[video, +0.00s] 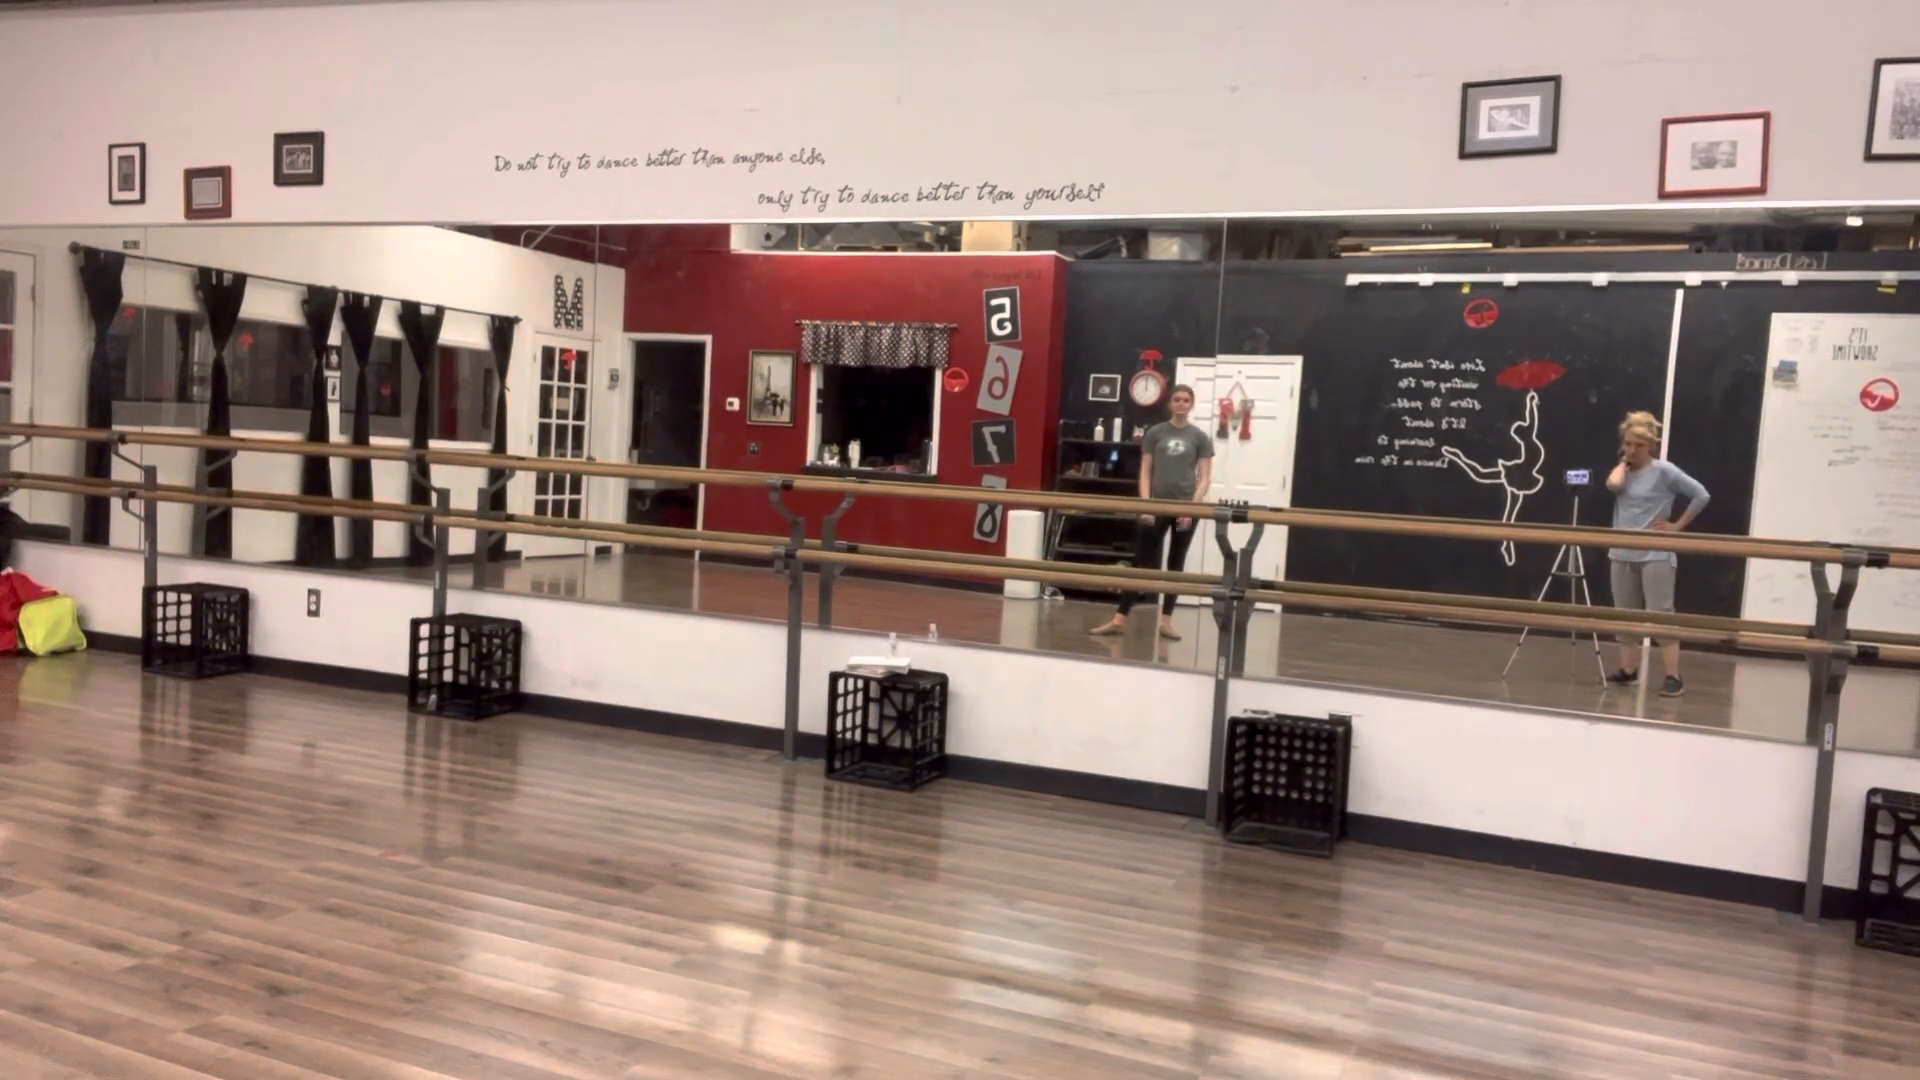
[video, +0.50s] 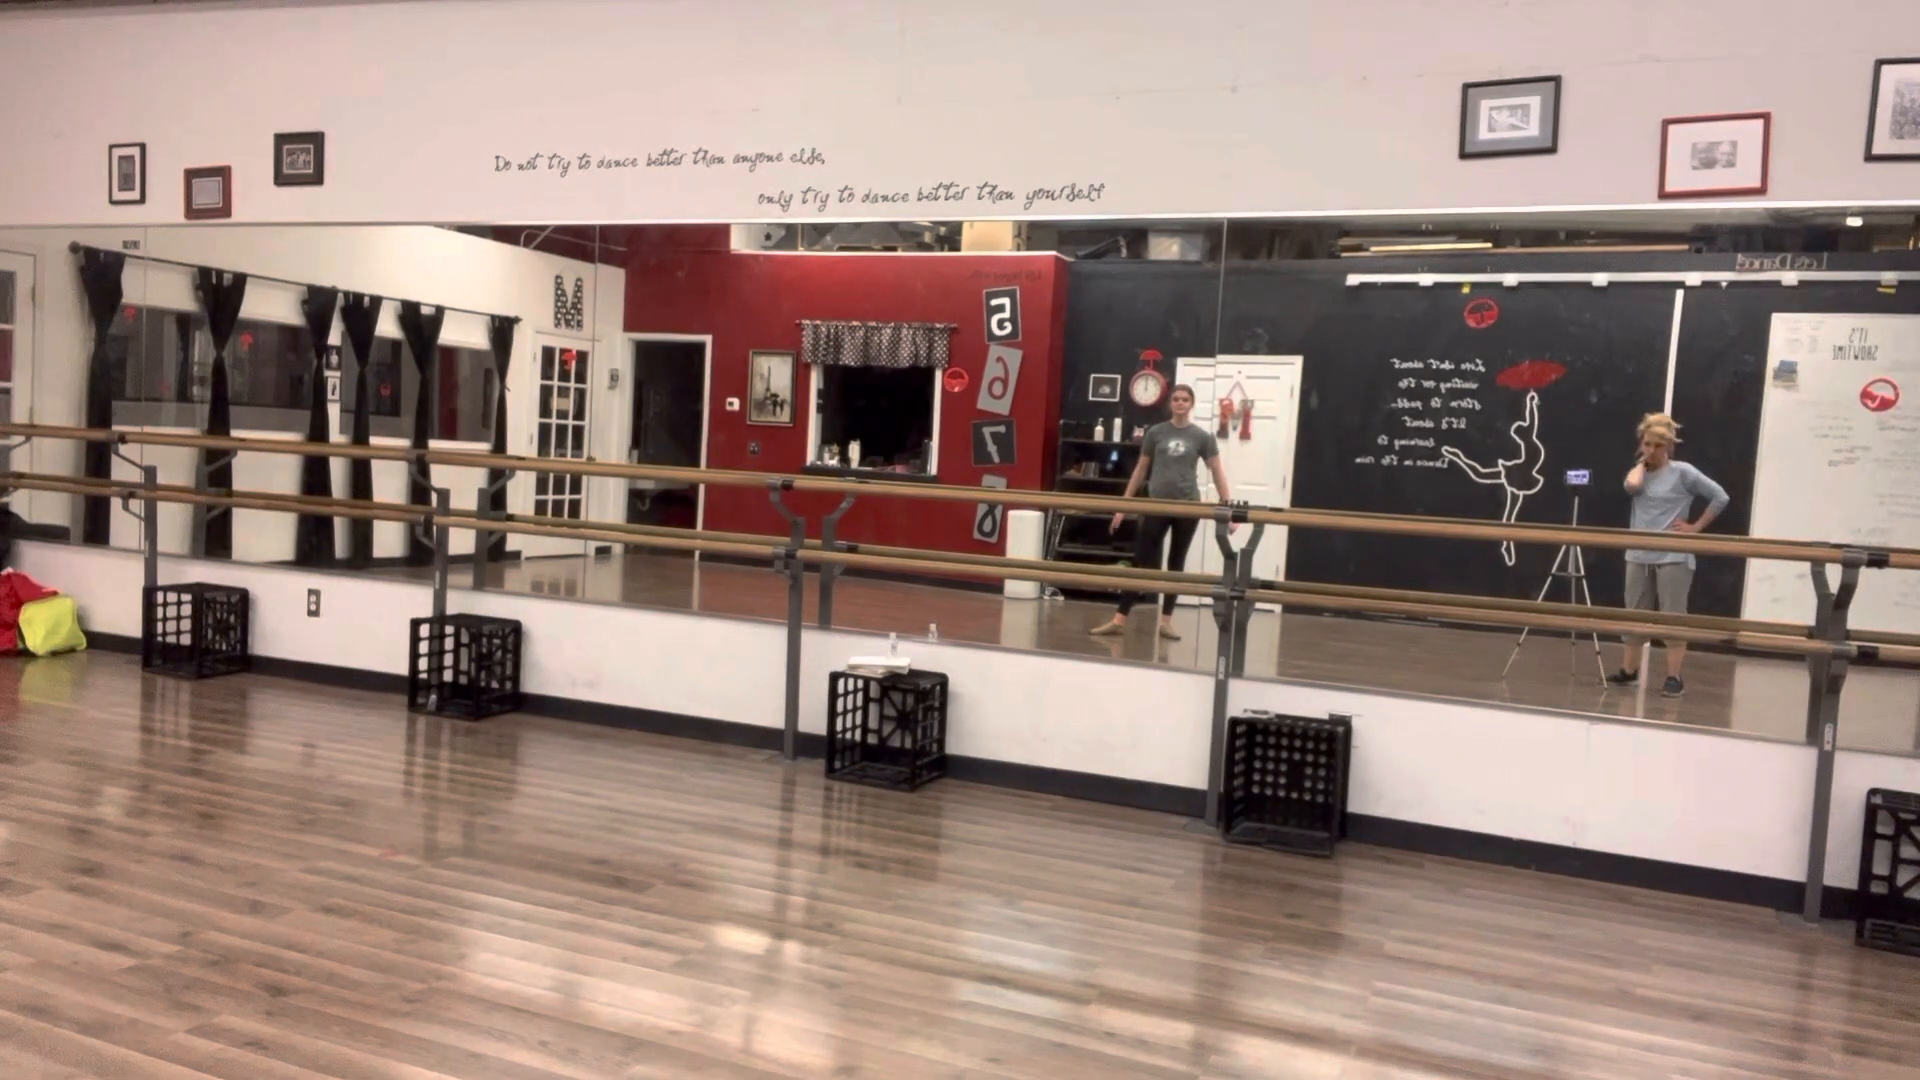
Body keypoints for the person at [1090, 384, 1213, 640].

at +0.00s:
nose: (1181, 404)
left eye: (1186, 401)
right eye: (1177, 400)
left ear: (1192, 405)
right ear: (1170, 403)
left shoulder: (1201, 438)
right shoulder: (1154, 433)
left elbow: (1205, 478)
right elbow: (1145, 471)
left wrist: (1191, 509)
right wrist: (1145, 505)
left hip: (1184, 509)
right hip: (1155, 506)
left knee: (1175, 565)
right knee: (1141, 560)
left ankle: (1166, 619)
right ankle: (1120, 617)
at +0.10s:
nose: (1181, 404)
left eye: (1185, 400)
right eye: (1177, 400)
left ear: (1192, 405)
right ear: (1170, 403)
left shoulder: (1201, 438)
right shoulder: (1154, 433)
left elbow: (1207, 480)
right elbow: (1143, 471)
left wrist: (1205, 515)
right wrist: (1136, 506)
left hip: (1186, 510)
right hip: (1154, 507)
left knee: (1176, 565)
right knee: (1141, 561)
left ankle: (1166, 619)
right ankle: (1120, 617)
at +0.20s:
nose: (1180, 404)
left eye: (1185, 400)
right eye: (1176, 399)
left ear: (1192, 405)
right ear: (1170, 403)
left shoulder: (1201, 438)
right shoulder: (1154, 433)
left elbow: (1211, 479)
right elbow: (1141, 472)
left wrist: (1218, 511)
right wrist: (1128, 507)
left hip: (1187, 510)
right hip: (1156, 507)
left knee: (1175, 564)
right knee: (1142, 560)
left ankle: (1165, 619)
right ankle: (1120, 618)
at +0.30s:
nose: (1180, 403)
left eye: (1185, 400)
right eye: (1176, 399)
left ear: (1192, 404)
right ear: (1170, 403)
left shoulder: (1202, 437)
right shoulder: (1154, 433)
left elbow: (1216, 476)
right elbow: (1140, 472)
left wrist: (1225, 511)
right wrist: (1124, 507)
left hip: (1187, 510)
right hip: (1156, 507)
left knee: (1175, 563)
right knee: (1141, 559)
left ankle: (1165, 620)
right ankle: (1120, 618)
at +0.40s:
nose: (1180, 403)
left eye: (1185, 400)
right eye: (1176, 399)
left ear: (1192, 404)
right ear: (1170, 403)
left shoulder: (1202, 436)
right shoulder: (1155, 432)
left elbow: (1218, 473)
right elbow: (1140, 470)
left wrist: (1229, 509)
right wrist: (1123, 506)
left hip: (1187, 509)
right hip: (1156, 506)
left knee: (1176, 563)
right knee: (1141, 559)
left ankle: (1166, 620)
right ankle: (1120, 618)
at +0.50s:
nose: (1180, 403)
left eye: (1185, 400)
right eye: (1176, 399)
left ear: (1192, 405)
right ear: (1170, 403)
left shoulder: (1202, 436)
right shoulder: (1155, 433)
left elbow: (1217, 473)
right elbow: (1140, 471)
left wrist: (1227, 507)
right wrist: (1123, 507)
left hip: (1187, 509)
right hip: (1156, 506)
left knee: (1176, 563)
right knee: (1141, 559)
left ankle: (1165, 620)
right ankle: (1120, 618)